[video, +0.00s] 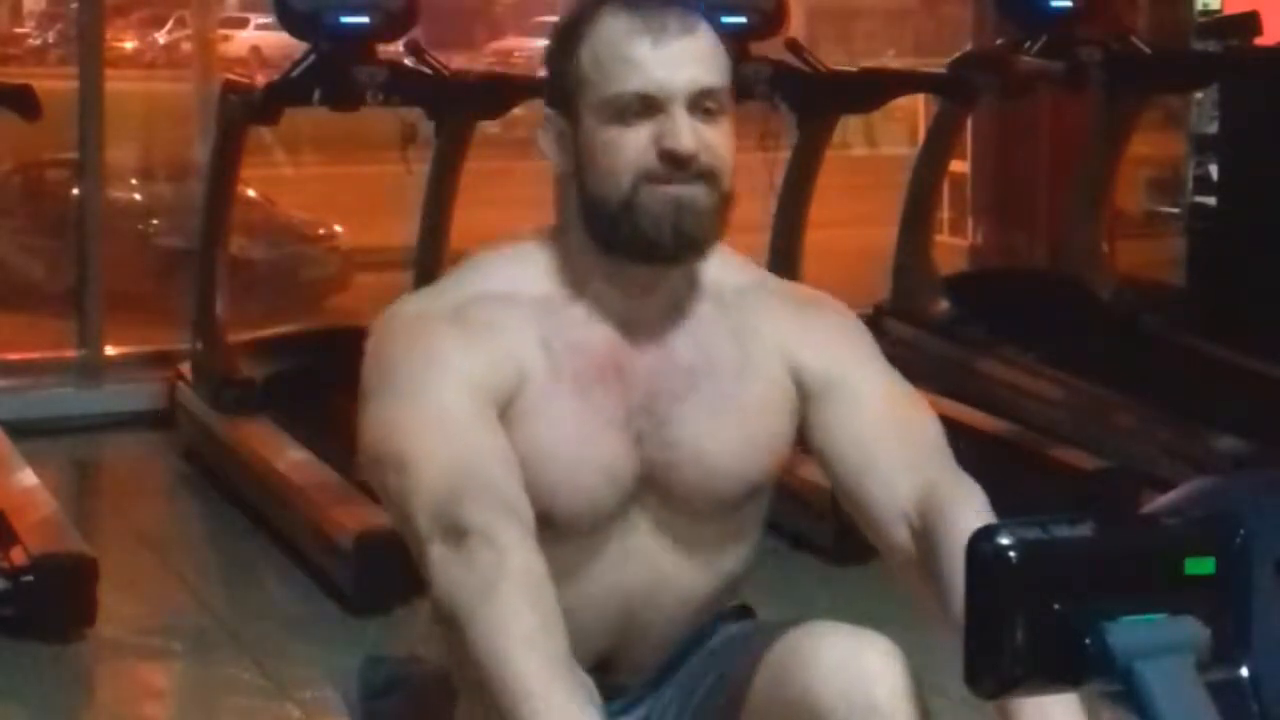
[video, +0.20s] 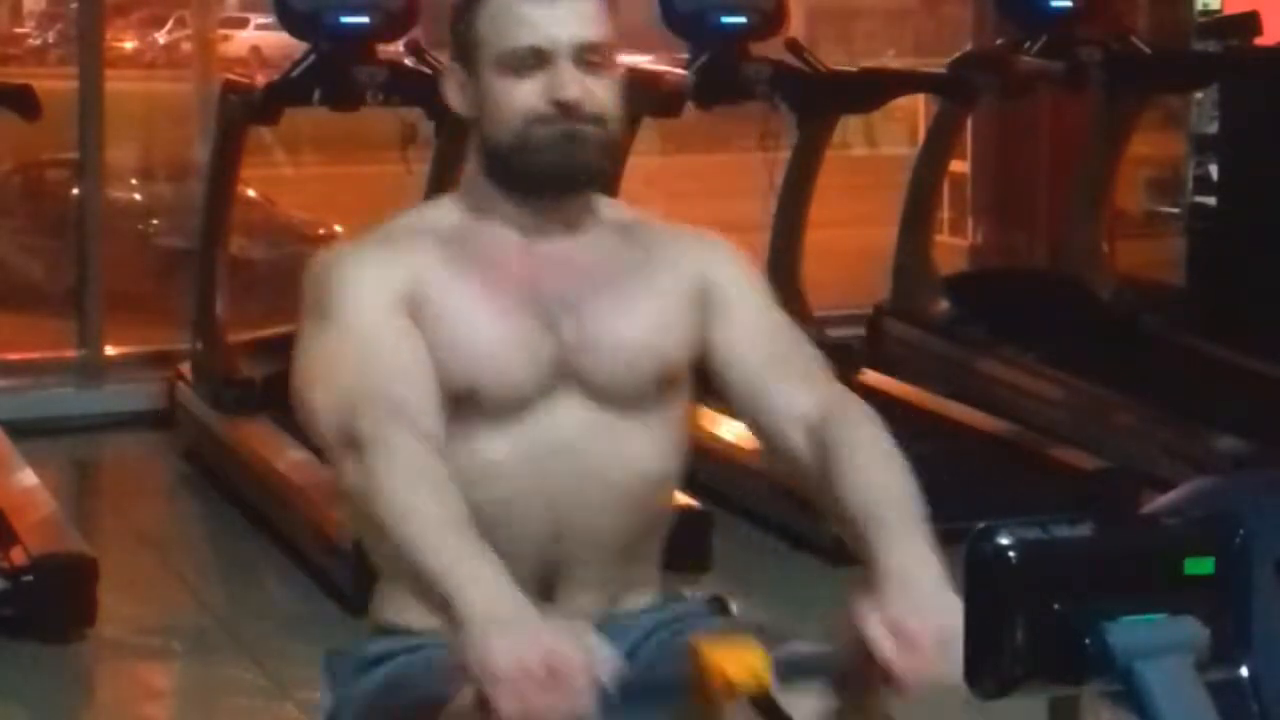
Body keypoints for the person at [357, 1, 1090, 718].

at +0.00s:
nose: (682, 143)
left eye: (705, 109)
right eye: (633, 113)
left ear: (735, 127)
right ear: (555, 137)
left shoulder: (806, 330)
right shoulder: (441, 342)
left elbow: (931, 513)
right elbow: (484, 571)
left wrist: (1048, 695)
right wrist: (570, 713)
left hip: (684, 670)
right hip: (486, 686)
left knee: (858, 672)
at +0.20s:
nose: (568, 90)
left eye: (592, 62)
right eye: (526, 65)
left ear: (622, 84)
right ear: (459, 89)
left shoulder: (697, 266)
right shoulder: (374, 273)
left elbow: (823, 418)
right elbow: (385, 451)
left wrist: (908, 567)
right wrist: (497, 613)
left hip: (641, 635)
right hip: (429, 641)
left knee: (842, 679)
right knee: (509, 697)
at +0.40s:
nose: (504, 111)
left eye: (529, 82)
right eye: (469, 84)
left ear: (557, 91)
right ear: (409, 92)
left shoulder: (629, 249)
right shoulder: (328, 261)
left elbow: (754, 397)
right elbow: (286, 434)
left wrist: (807, 508)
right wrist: (410, 548)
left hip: (607, 621)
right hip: (420, 629)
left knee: (784, 714)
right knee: (461, 708)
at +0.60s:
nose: (483, 157)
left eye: (508, 128)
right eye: (452, 128)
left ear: (535, 119)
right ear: (395, 111)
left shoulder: (586, 250)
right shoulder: (305, 262)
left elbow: (691, 403)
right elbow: (171, 445)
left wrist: (685, 483)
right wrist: (300, 521)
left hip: (593, 607)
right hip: (404, 622)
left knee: (722, 708)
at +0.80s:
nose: (495, 158)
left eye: (519, 130)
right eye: (462, 128)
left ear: (545, 121)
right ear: (402, 110)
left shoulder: (593, 251)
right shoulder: (307, 266)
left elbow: (714, 405)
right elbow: (176, 458)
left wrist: (709, 483)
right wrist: (323, 524)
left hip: (598, 610)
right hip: (408, 623)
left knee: (743, 711)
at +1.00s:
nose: (549, 115)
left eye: (574, 86)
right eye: (510, 86)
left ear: (603, 96)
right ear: (441, 96)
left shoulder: (655, 267)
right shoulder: (341, 275)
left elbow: (801, 409)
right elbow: (265, 465)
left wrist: (834, 519)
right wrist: (415, 577)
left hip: (616, 640)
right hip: (418, 648)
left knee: (786, 710)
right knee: (486, 714)